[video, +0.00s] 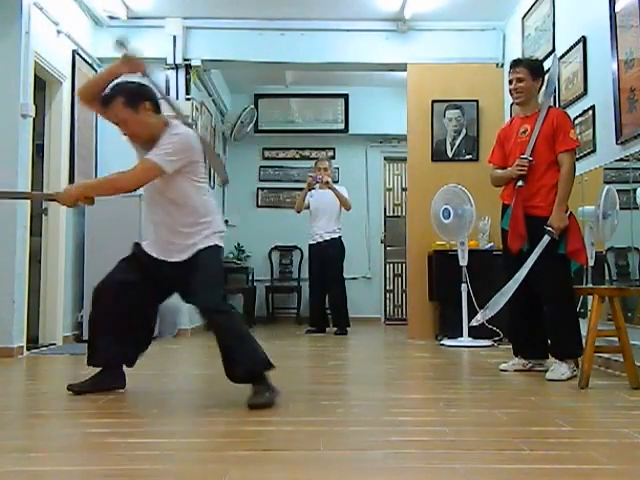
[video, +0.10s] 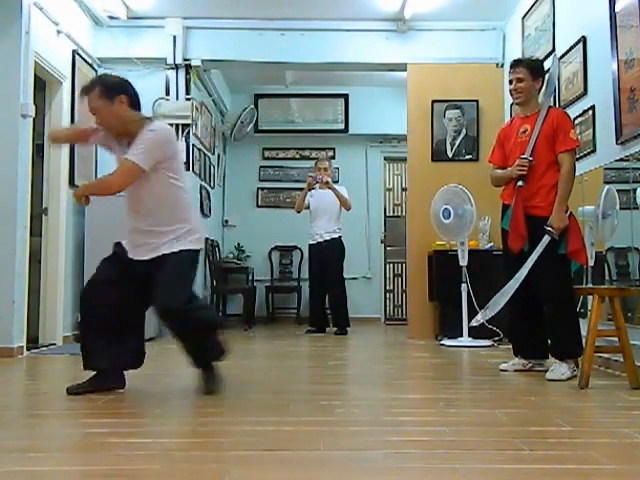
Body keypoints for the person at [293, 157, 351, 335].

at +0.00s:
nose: (323, 173)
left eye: (326, 170)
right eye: (319, 170)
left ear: (331, 171)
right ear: (315, 172)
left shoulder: (339, 190)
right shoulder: (311, 194)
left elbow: (347, 206)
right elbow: (298, 208)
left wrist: (332, 188)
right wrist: (307, 188)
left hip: (333, 241)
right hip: (315, 243)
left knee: (335, 285)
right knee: (316, 286)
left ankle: (341, 324)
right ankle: (318, 324)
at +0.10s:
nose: (323, 173)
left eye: (326, 170)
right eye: (319, 170)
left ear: (331, 171)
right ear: (315, 172)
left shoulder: (339, 190)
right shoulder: (311, 194)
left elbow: (347, 207)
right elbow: (298, 209)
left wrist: (332, 188)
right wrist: (306, 188)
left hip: (333, 241)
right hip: (315, 243)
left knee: (335, 285)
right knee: (316, 286)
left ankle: (341, 324)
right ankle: (318, 324)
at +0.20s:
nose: (323, 173)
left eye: (326, 170)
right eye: (319, 170)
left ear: (331, 171)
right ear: (315, 172)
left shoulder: (339, 190)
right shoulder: (311, 194)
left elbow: (347, 206)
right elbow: (298, 209)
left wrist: (332, 188)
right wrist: (306, 189)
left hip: (333, 241)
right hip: (315, 243)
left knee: (335, 285)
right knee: (316, 286)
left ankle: (341, 324)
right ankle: (318, 324)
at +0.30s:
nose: (323, 173)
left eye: (326, 170)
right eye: (319, 170)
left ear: (331, 171)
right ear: (315, 172)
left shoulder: (339, 190)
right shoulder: (311, 194)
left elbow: (347, 206)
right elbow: (298, 209)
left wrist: (331, 188)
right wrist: (306, 189)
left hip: (333, 241)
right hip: (315, 243)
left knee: (335, 285)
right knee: (316, 286)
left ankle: (341, 324)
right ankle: (318, 324)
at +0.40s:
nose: (323, 173)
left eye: (326, 170)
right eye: (319, 170)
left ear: (330, 171)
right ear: (315, 172)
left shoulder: (339, 190)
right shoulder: (311, 194)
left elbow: (347, 207)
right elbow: (298, 209)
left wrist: (332, 188)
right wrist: (306, 188)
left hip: (333, 241)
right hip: (315, 243)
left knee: (336, 285)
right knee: (316, 286)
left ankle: (341, 324)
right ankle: (318, 324)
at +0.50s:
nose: (323, 173)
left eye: (325, 170)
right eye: (319, 170)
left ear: (330, 171)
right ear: (315, 172)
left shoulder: (339, 190)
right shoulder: (311, 194)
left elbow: (347, 207)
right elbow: (298, 209)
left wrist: (331, 188)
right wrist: (306, 188)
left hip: (333, 241)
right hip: (315, 243)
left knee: (335, 285)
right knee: (316, 286)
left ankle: (341, 324)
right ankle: (318, 324)